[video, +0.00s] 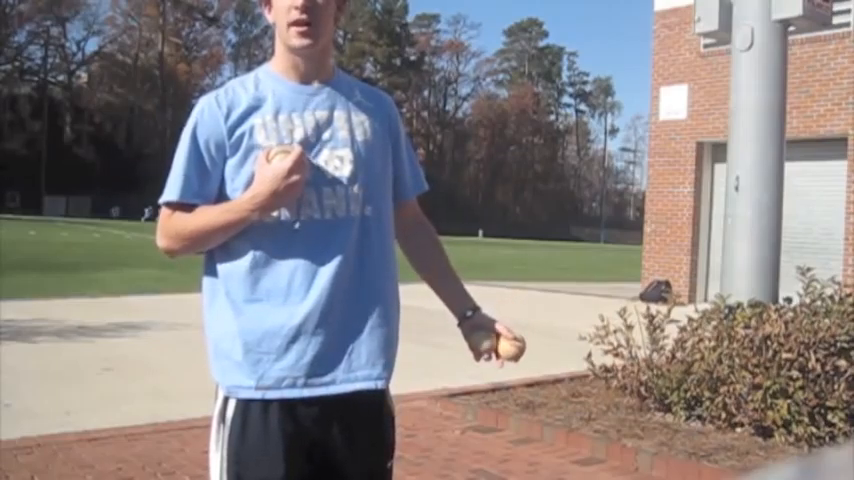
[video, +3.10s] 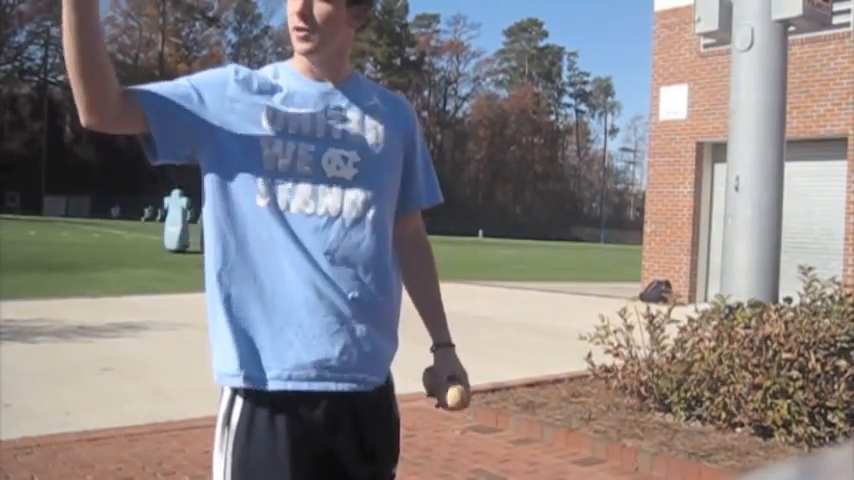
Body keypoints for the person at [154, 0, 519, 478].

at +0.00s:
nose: (305, 9)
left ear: (341, 10)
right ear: (269, 10)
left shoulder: (377, 110)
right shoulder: (220, 111)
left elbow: (410, 222)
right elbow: (171, 235)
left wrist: (470, 315)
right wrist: (256, 200)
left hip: (359, 382)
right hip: (259, 386)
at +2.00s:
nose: (364, 13)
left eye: (362, 4)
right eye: (352, 2)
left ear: (309, 13)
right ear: (302, 9)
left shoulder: (373, 108)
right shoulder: (220, 112)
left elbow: (404, 225)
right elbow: (168, 236)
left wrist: (464, 317)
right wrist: (262, 210)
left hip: (364, 388)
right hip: (266, 395)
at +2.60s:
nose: (319, 8)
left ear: (351, 14)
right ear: (280, 9)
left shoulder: (371, 107)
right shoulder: (232, 107)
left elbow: (389, 221)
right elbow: (155, 223)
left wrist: (423, 326)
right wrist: (228, 254)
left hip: (369, 381)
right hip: (277, 391)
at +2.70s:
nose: (306, 9)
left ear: (351, 14)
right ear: (281, 8)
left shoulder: (378, 111)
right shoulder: (230, 106)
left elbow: (395, 226)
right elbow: (133, 211)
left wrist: (422, 333)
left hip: (369, 383)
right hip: (273, 390)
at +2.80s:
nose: (304, 9)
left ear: (354, 16)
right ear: (283, 9)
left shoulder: (382, 112)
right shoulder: (229, 104)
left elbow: (399, 231)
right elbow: (122, 193)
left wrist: (423, 338)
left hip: (367, 387)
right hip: (269, 393)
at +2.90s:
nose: (302, 7)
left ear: (357, 15)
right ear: (285, 7)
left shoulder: (387, 113)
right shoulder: (229, 100)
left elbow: (404, 235)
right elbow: (109, 156)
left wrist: (427, 342)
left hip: (366, 393)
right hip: (266, 398)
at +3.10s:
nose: (300, 10)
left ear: (357, 13)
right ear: (285, 8)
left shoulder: (393, 116)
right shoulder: (229, 93)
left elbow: (410, 237)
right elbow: (101, 110)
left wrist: (442, 344)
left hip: (364, 395)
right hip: (263, 397)